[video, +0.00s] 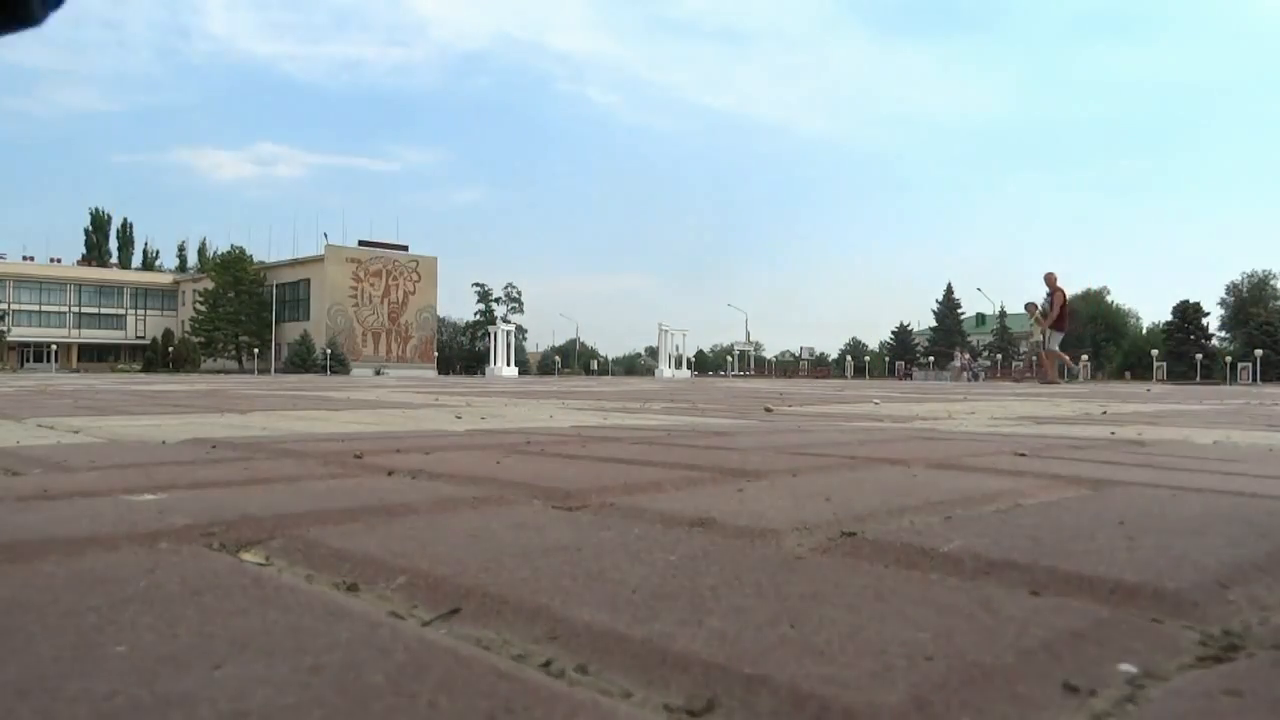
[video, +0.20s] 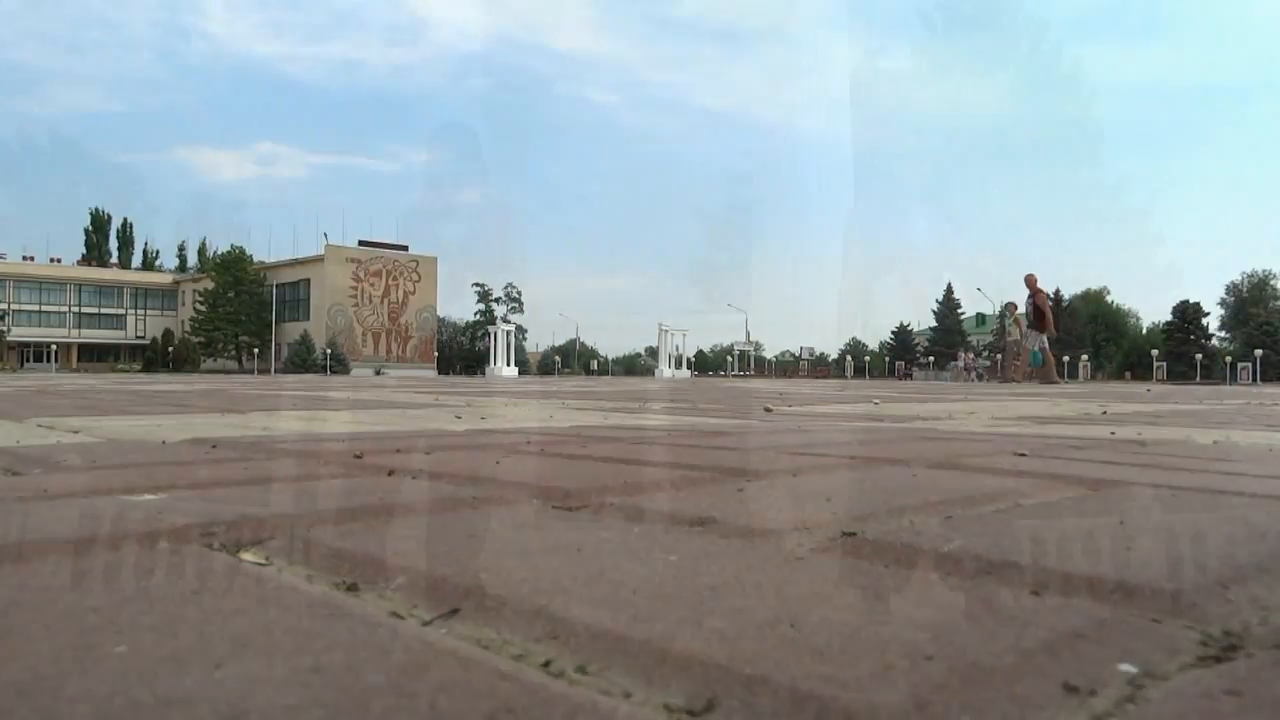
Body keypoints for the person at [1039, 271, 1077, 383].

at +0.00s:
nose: (1047, 282)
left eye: (1049, 279)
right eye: (1046, 280)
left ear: (1055, 279)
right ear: (1045, 282)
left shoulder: (1058, 293)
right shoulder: (1050, 294)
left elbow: (1055, 312)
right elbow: (1049, 310)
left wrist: (1045, 324)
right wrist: (1044, 323)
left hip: (1058, 326)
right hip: (1051, 326)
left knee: (1052, 348)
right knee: (1049, 350)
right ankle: (1053, 376)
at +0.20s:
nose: (1027, 284)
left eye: (1029, 281)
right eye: (1026, 282)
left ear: (1035, 281)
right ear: (1026, 283)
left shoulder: (1039, 295)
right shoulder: (1031, 295)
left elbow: (1047, 311)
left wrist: (1050, 327)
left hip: (1037, 327)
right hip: (1035, 326)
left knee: (1025, 350)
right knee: (1046, 352)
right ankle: (1053, 375)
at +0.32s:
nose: (1015, 286)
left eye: (1017, 283)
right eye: (1013, 284)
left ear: (1023, 283)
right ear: (1013, 285)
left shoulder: (1028, 296)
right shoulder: (1018, 296)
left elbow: (1038, 311)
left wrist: (1045, 327)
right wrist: (1035, 326)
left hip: (1024, 329)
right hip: (1023, 329)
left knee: (1012, 351)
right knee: (1036, 353)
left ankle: (1005, 375)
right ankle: (1050, 374)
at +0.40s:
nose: (1007, 286)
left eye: (1009, 283)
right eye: (1005, 284)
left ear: (1014, 282)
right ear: (1005, 285)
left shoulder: (1019, 296)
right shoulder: (1009, 296)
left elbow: (1028, 313)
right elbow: (1007, 312)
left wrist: (1035, 329)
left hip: (1016, 329)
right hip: (1014, 328)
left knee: (1004, 351)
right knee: (1022, 353)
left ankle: (1004, 376)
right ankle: (1042, 370)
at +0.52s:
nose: (994, 284)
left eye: (995, 281)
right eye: (994, 281)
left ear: (1001, 281)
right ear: (995, 282)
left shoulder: (1007, 294)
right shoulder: (998, 294)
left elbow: (1011, 311)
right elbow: (999, 311)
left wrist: (1012, 327)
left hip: (1004, 327)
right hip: (999, 326)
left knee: (1000, 351)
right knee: (1002, 352)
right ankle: (1003, 377)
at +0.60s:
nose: (989, 283)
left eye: (991, 280)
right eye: (987, 281)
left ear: (996, 280)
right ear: (986, 282)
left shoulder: (999, 293)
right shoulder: (991, 294)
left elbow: (1000, 310)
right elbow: (989, 310)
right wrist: (988, 321)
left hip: (1000, 326)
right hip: (993, 326)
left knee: (998, 349)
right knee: (995, 349)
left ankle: (1002, 374)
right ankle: (1000, 373)